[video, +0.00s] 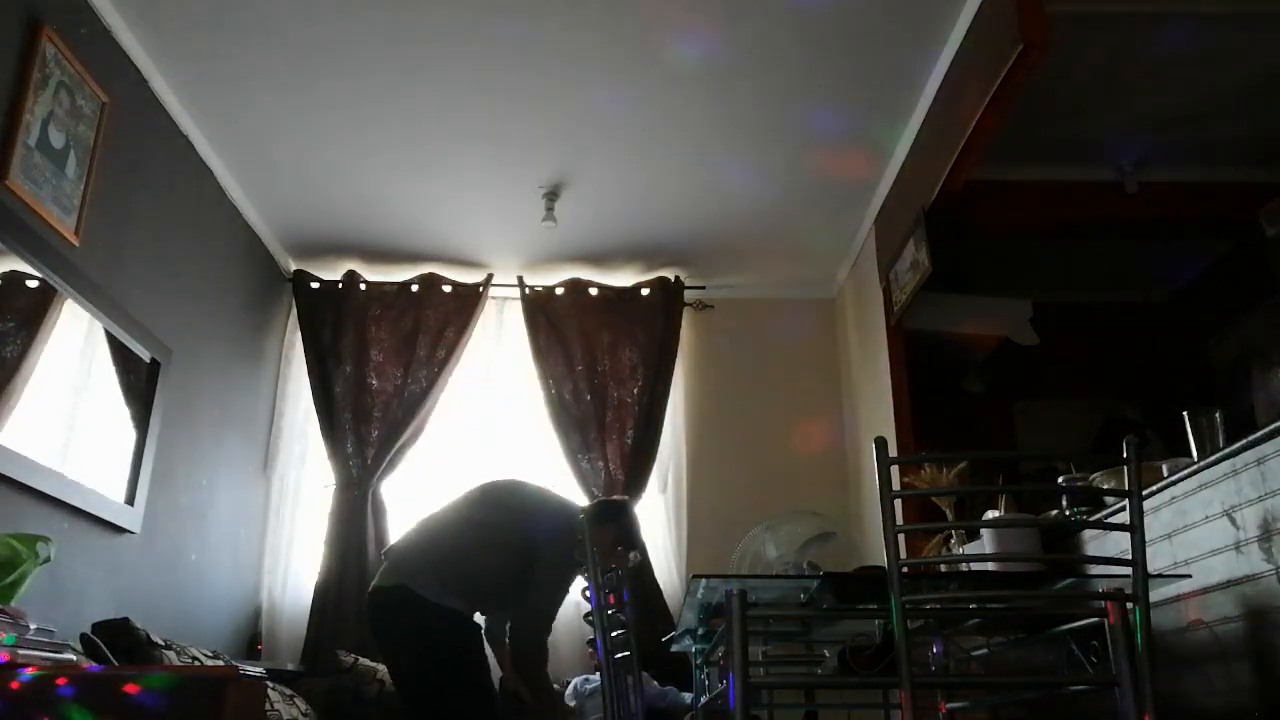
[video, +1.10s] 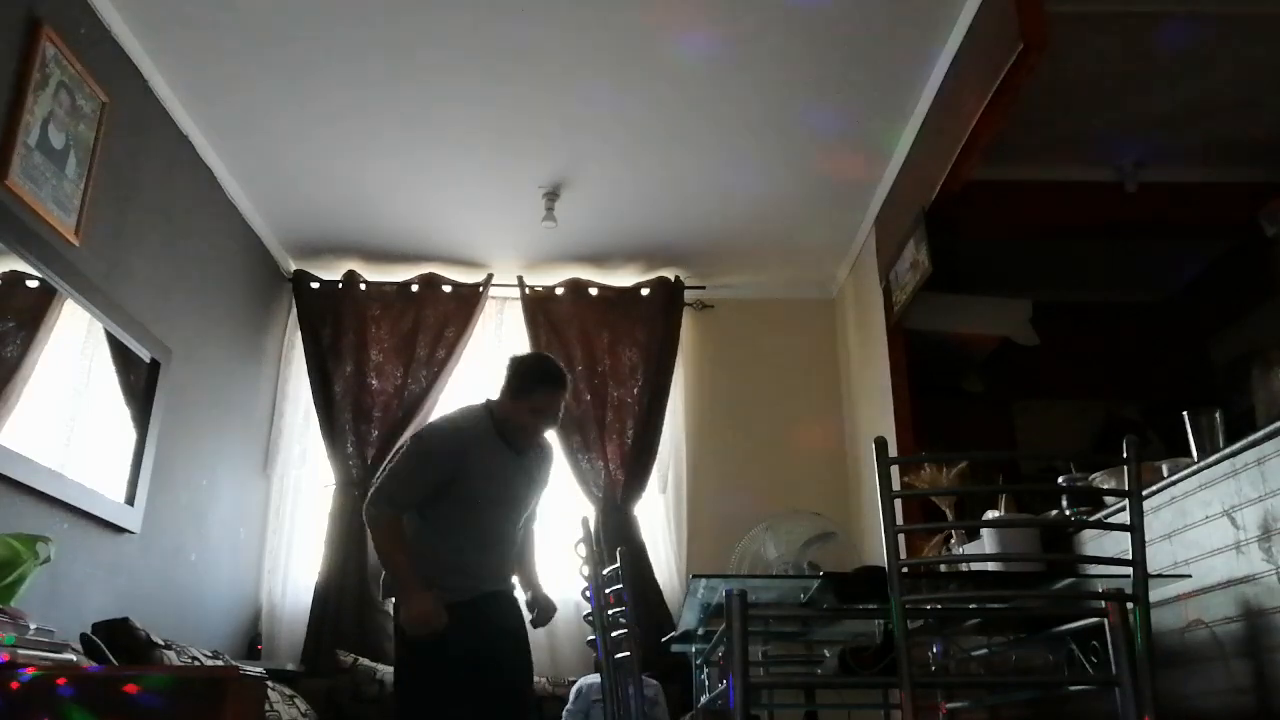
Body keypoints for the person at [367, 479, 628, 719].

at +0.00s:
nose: (612, 564)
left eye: (620, 556)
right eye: (619, 552)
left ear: (595, 517)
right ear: (608, 532)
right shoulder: (564, 539)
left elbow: (496, 626)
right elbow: (528, 641)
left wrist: (512, 676)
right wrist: (550, 704)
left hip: (396, 600)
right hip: (434, 609)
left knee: (435, 710)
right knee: (475, 711)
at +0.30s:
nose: (581, 537)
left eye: (591, 534)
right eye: (590, 528)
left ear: (582, 495)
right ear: (586, 499)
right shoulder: (540, 499)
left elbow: (504, 608)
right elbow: (505, 607)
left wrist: (555, 668)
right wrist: (526, 701)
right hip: (414, 603)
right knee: (468, 709)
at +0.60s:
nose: (585, 512)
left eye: (593, 507)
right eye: (592, 502)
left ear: (574, 466)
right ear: (579, 479)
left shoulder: (539, 503)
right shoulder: (508, 485)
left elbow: (501, 583)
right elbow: (453, 587)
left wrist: (500, 662)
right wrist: (501, 662)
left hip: (442, 602)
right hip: (399, 601)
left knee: (473, 703)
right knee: (422, 708)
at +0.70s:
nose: (579, 503)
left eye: (589, 499)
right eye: (587, 495)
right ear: (576, 471)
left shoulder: (544, 500)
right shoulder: (492, 470)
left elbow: (508, 578)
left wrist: (509, 657)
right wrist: (465, 649)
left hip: (457, 598)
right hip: (400, 595)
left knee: (489, 697)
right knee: (423, 702)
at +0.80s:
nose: (574, 490)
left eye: (583, 485)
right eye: (580, 481)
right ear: (571, 459)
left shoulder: (545, 490)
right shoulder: (483, 468)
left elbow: (529, 572)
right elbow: (412, 545)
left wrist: (536, 634)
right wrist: (433, 642)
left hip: (463, 602)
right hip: (402, 600)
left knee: (488, 702)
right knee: (419, 707)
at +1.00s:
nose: (562, 452)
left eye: (568, 445)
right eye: (564, 443)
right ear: (544, 424)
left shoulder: (535, 462)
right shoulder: (465, 444)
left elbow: (522, 536)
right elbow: (394, 525)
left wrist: (538, 607)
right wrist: (430, 612)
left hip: (483, 607)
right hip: (418, 611)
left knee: (506, 706)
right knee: (429, 713)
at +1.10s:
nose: (544, 427)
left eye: (552, 417)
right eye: (537, 414)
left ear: (558, 410)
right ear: (510, 398)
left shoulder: (539, 455)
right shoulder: (447, 437)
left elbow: (522, 525)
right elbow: (380, 506)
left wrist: (532, 587)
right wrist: (410, 591)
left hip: (496, 608)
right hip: (428, 611)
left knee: (510, 713)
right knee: (432, 716)